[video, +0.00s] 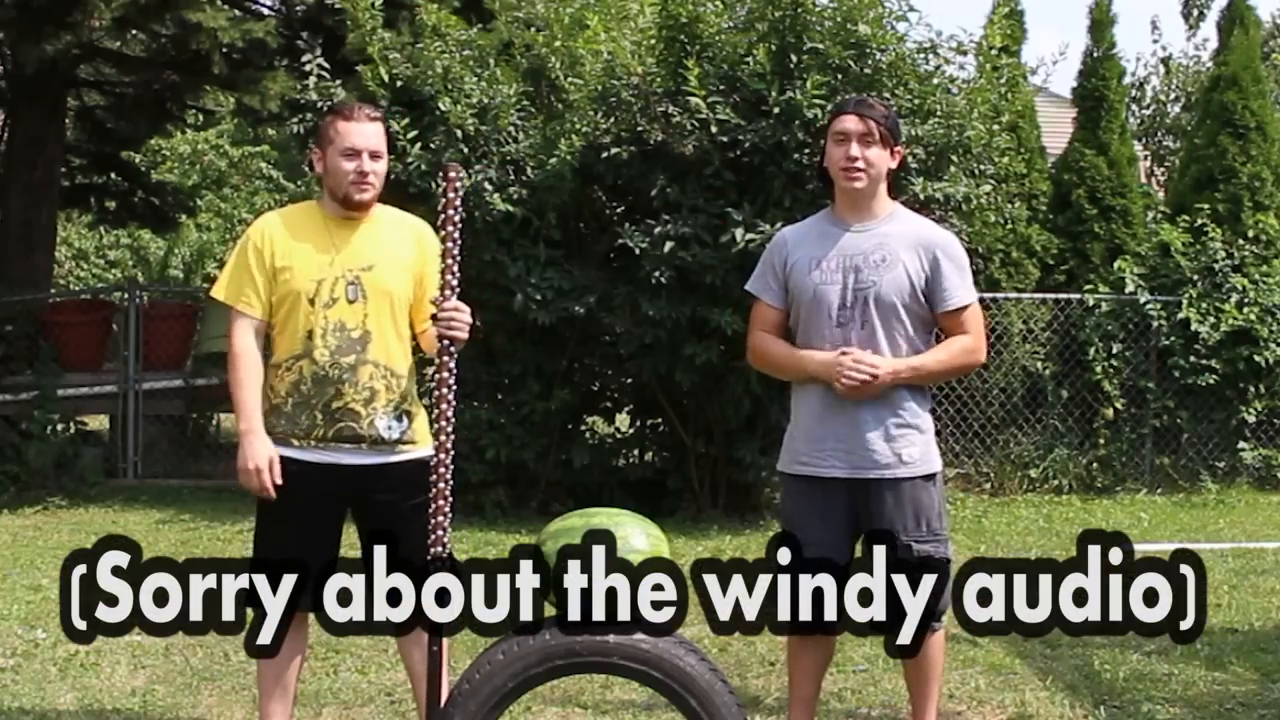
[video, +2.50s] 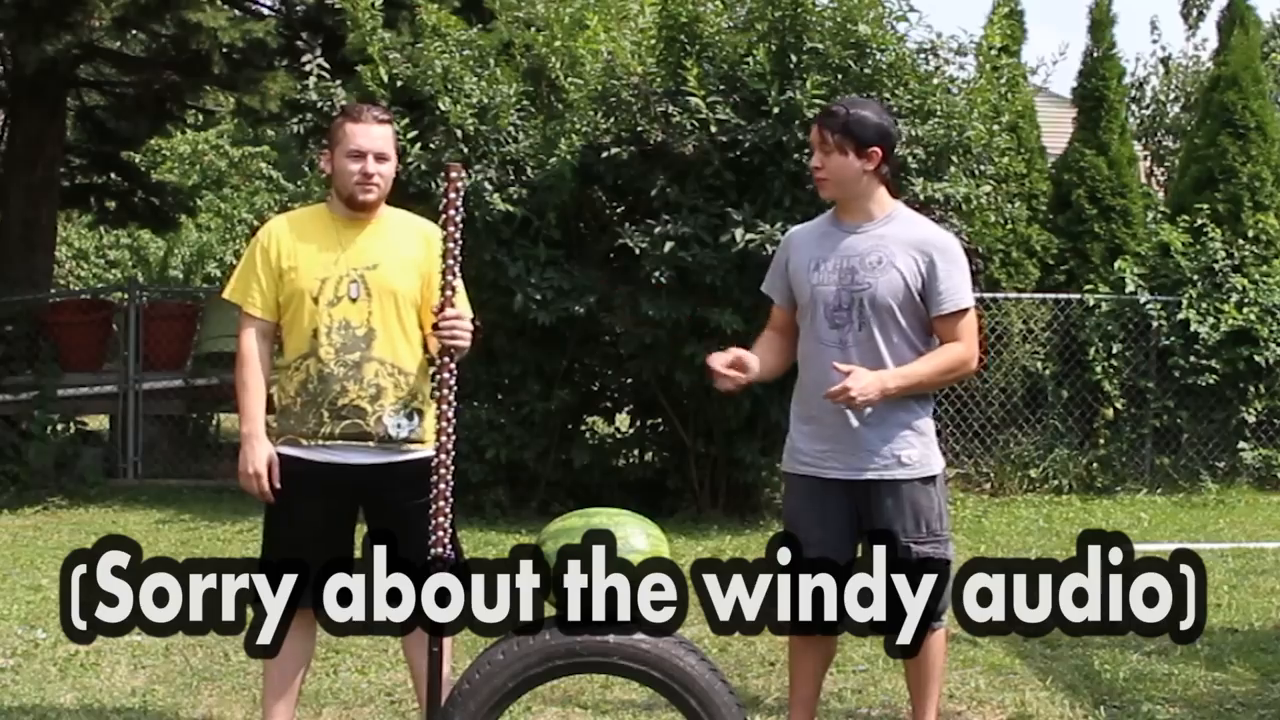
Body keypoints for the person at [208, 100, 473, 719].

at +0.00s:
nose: (365, 167)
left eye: (376, 155)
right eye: (350, 154)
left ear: (388, 164)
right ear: (317, 161)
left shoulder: (416, 237)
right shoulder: (272, 234)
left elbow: (429, 334)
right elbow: (244, 334)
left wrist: (453, 330)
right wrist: (251, 432)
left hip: (398, 457)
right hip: (299, 455)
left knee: (420, 604)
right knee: (282, 605)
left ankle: (439, 716)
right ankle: (275, 717)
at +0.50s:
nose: (403, 171)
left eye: (408, 160)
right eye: (388, 160)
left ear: (413, 163)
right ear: (344, 162)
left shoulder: (430, 239)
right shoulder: (285, 233)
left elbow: (442, 336)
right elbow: (257, 333)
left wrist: (467, 333)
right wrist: (252, 429)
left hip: (410, 460)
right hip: (309, 457)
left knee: (426, 604)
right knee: (294, 602)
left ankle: (439, 715)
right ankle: (275, 716)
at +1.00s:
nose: (401, 175)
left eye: (408, 163)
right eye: (385, 164)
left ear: (416, 165)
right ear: (345, 166)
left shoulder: (434, 239)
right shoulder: (289, 232)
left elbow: (446, 333)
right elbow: (265, 328)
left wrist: (469, 332)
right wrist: (261, 421)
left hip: (409, 463)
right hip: (309, 458)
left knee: (425, 605)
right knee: (290, 602)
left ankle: (438, 715)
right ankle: (274, 717)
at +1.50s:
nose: (357, 170)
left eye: (371, 160)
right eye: (345, 156)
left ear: (388, 171)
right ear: (319, 159)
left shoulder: (411, 243)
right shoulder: (266, 230)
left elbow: (427, 344)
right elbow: (233, 325)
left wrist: (455, 336)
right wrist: (222, 423)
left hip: (378, 459)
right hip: (279, 454)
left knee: (406, 604)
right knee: (272, 603)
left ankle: (435, 715)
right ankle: (273, 718)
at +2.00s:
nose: (356, 168)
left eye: (370, 157)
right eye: (344, 154)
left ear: (386, 166)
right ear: (316, 160)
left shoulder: (415, 238)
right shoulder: (271, 233)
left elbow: (429, 337)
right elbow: (245, 333)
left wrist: (454, 333)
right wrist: (253, 428)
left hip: (395, 459)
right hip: (297, 455)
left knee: (414, 605)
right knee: (282, 604)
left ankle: (434, 714)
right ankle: (274, 717)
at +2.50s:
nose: (369, 168)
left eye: (381, 157)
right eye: (356, 155)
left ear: (396, 166)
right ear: (328, 161)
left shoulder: (424, 239)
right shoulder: (282, 237)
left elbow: (446, 330)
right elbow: (254, 337)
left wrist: (457, 334)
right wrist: (253, 434)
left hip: (406, 458)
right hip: (307, 456)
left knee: (426, 603)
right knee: (293, 601)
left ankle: (438, 714)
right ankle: (277, 715)